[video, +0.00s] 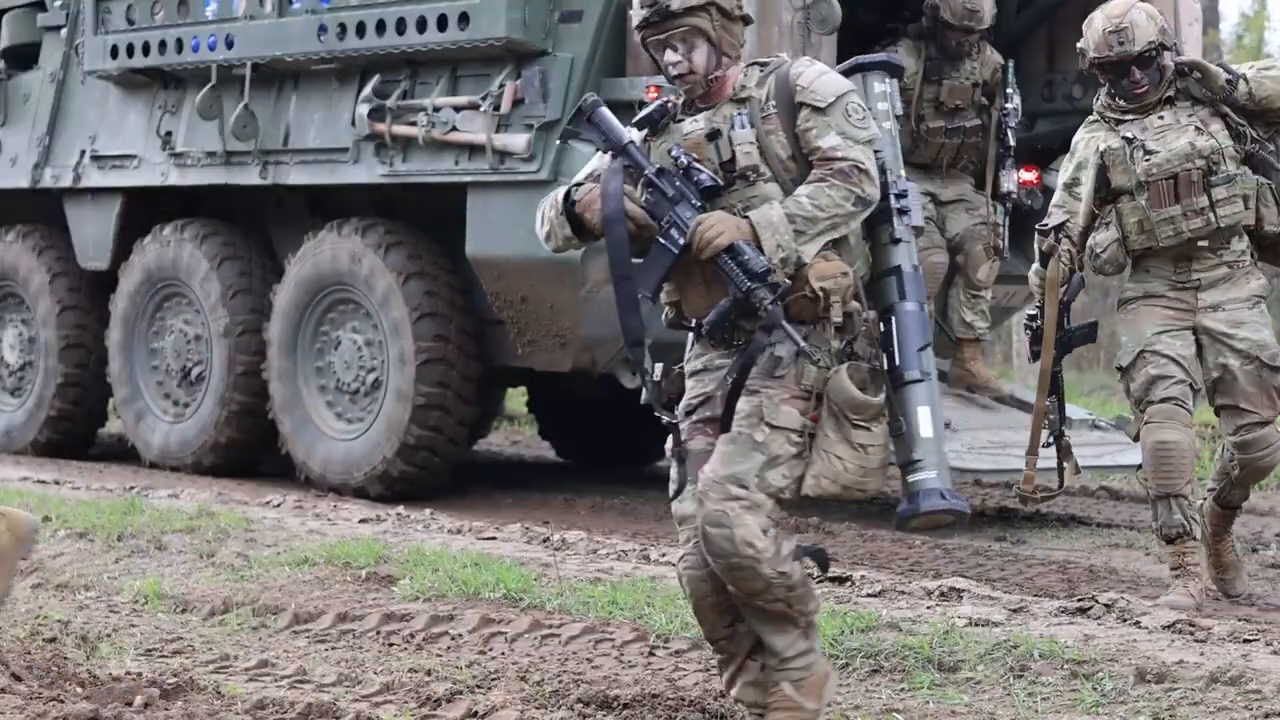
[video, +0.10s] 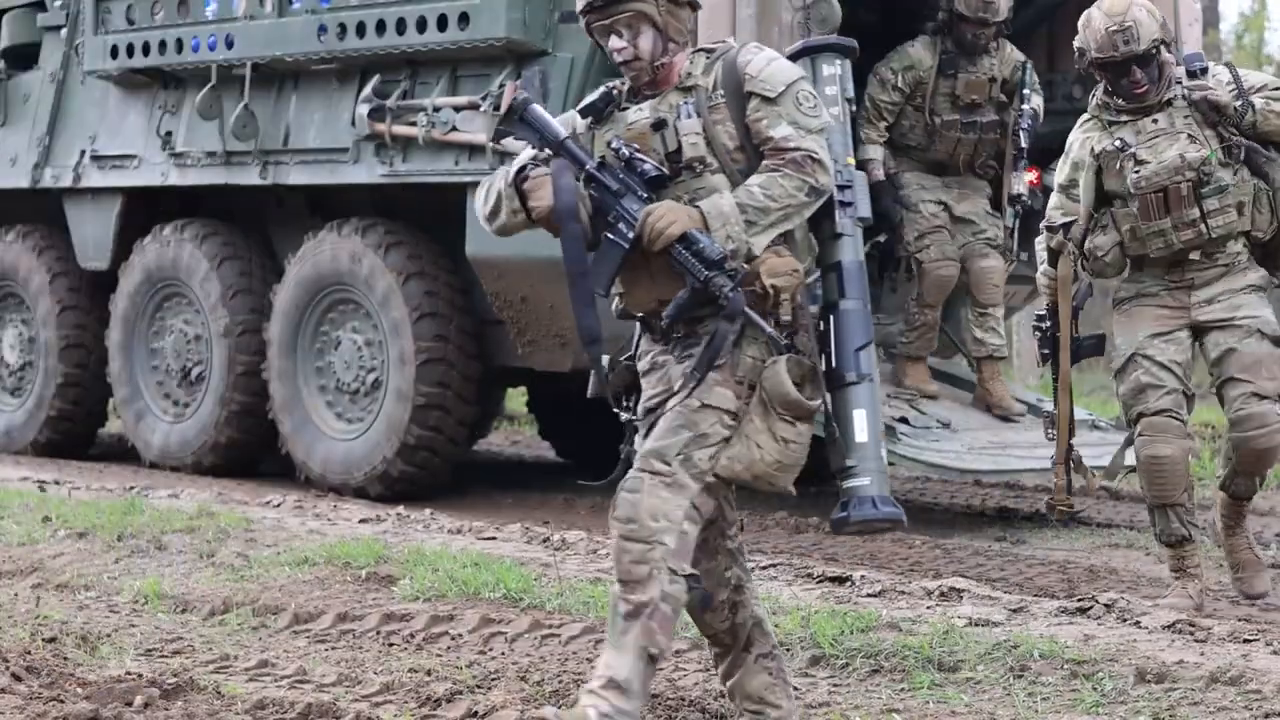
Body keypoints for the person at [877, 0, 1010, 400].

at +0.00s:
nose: (963, 42)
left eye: (972, 34)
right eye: (955, 31)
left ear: (983, 29)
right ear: (933, 20)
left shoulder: (990, 62)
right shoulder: (904, 58)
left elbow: (999, 124)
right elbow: (882, 119)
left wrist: (997, 185)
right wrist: (888, 178)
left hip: (962, 182)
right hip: (909, 178)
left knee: (981, 252)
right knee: (930, 260)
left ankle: (968, 361)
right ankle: (908, 358)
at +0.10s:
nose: (980, 33)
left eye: (989, 25)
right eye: (972, 23)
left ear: (1000, 24)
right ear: (951, 17)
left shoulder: (1011, 64)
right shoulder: (915, 59)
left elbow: (1033, 109)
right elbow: (872, 116)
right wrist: (876, 174)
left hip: (974, 178)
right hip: (916, 174)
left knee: (989, 271)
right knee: (940, 267)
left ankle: (990, 378)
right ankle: (914, 363)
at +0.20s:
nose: (995, 31)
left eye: (1004, 23)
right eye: (986, 20)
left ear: (1015, 23)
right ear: (962, 17)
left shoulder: (1025, 62)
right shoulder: (929, 63)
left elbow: (1058, 94)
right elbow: (891, 127)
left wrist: (1050, 119)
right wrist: (914, 182)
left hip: (999, 185)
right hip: (941, 181)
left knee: (1008, 279)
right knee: (963, 258)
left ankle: (994, 382)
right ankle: (942, 348)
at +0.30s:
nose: (995, 22)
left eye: (1005, 14)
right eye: (986, 13)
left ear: (1019, 18)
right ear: (968, 15)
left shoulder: (1038, 60)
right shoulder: (943, 63)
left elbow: (1081, 101)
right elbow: (912, 130)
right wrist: (945, 181)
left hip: (1011, 188)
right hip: (955, 185)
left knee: (1010, 281)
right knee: (976, 262)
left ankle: (996, 381)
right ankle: (984, 378)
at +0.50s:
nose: (1006, 23)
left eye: (1016, 15)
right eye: (995, 14)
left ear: (1031, 20)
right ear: (979, 20)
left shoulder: (1061, 65)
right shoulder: (960, 75)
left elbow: (1103, 102)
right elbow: (943, 142)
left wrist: (1070, 166)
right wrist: (978, 180)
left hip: (1052, 200)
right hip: (986, 205)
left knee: (1067, 297)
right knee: (998, 300)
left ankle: (1056, 403)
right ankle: (1010, 407)